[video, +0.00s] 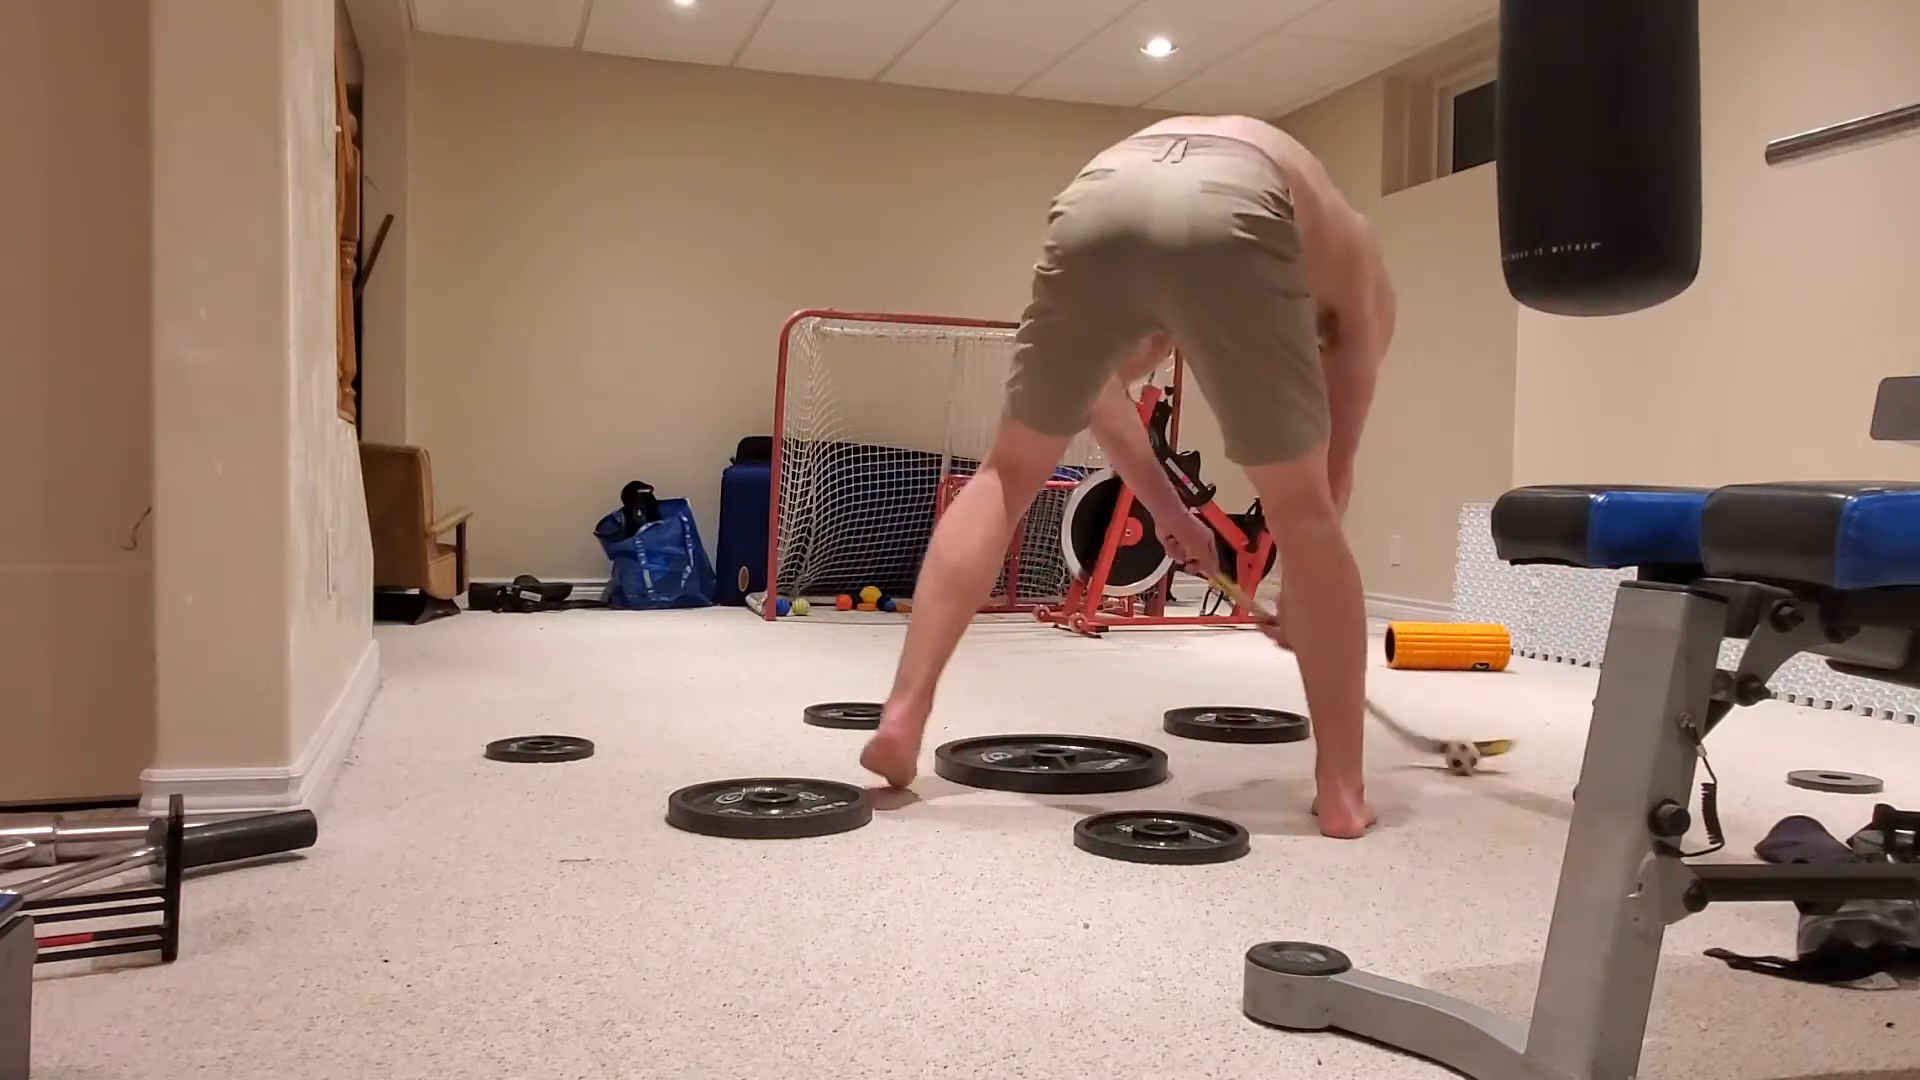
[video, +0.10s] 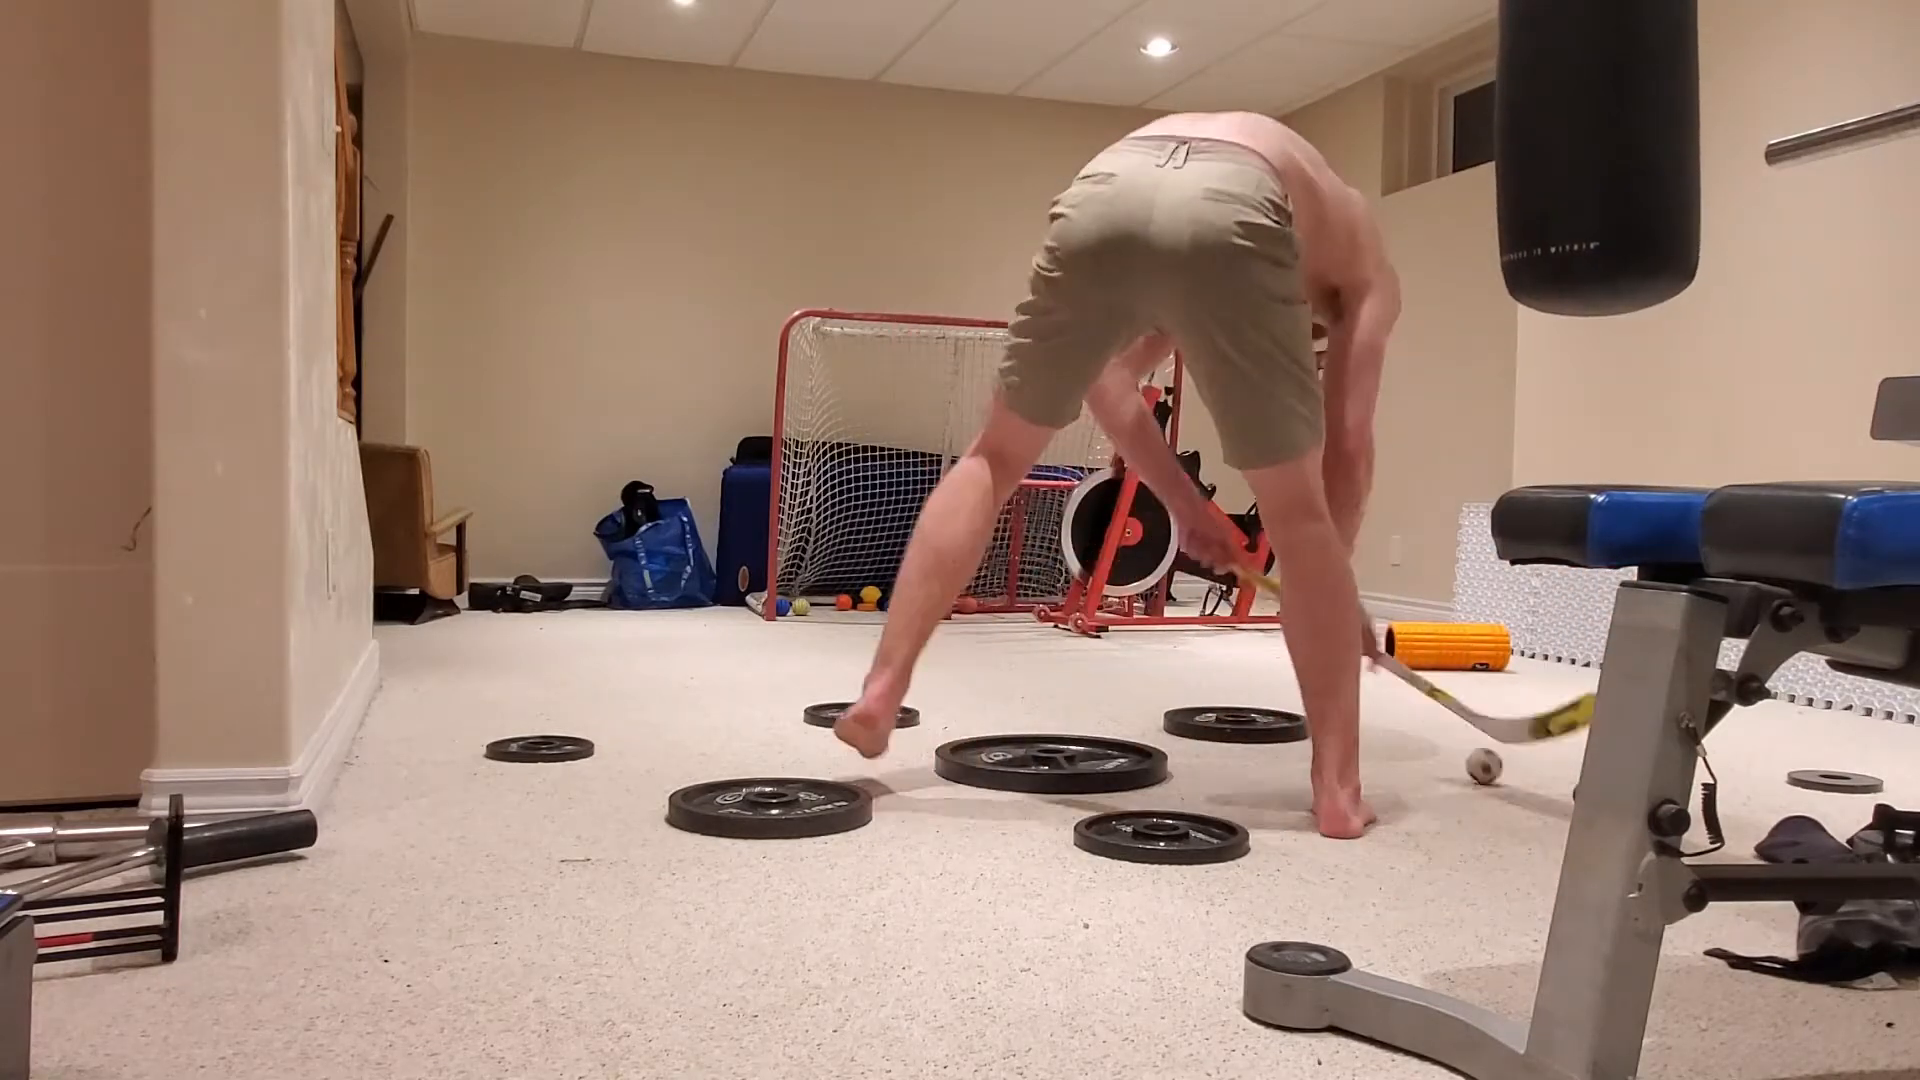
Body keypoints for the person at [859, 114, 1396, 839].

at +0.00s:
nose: (1149, 363)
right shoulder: (1359, 288)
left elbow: (1099, 394)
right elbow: (1331, 480)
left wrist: (1171, 513)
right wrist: (1301, 609)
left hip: (1097, 194)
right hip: (1235, 211)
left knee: (1004, 476)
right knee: (1309, 521)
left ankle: (901, 716)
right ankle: (1339, 791)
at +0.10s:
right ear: (1346, 295)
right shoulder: (1367, 273)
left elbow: (1111, 392)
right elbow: (1348, 441)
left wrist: (1190, 509)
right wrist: (1332, 579)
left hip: (1101, 191)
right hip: (1237, 210)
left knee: (990, 460)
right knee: (1300, 516)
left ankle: (881, 689)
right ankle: (1337, 788)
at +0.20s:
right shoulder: (1345, 257)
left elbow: (1091, 368)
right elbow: (1344, 420)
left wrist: (1188, 480)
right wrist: (1339, 583)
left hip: (1089, 196)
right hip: (1224, 218)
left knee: (966, 459)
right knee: (1296, 546)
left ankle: (855, 686)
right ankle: (1335, 793)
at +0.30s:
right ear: (1277, 287)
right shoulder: (1303, 260)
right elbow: (1287, 388)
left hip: (1053, 217)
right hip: (1185, 230)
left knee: (944, 477)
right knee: (1272, 527)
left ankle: (846, 686)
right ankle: (1331, 789)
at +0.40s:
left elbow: (946, 208)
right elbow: (1183, 394)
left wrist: (960, 338)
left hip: (1019, 241)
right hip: (1139, 249)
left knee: (925, 504)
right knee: (1239, 533)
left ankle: (840, 721)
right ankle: (1325, 789)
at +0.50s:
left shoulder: (986, 211)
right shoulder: (1150, 259)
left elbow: (888, 232)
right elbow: (1097, 419)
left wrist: (903, 370)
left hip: (989, 252)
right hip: (1109, 267)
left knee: (897, 519)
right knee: (1205, 547)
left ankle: (839, 737)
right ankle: (1316, 786)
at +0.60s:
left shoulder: (941, 199)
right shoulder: (1085, 246)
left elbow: (840, 278)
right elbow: (1015, 442)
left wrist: (860, 423)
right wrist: (926, 528)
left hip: (957, 248)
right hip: (1075, 258)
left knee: (877, 516)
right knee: (1173, 536)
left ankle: (835, 736)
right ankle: (1302, 761)